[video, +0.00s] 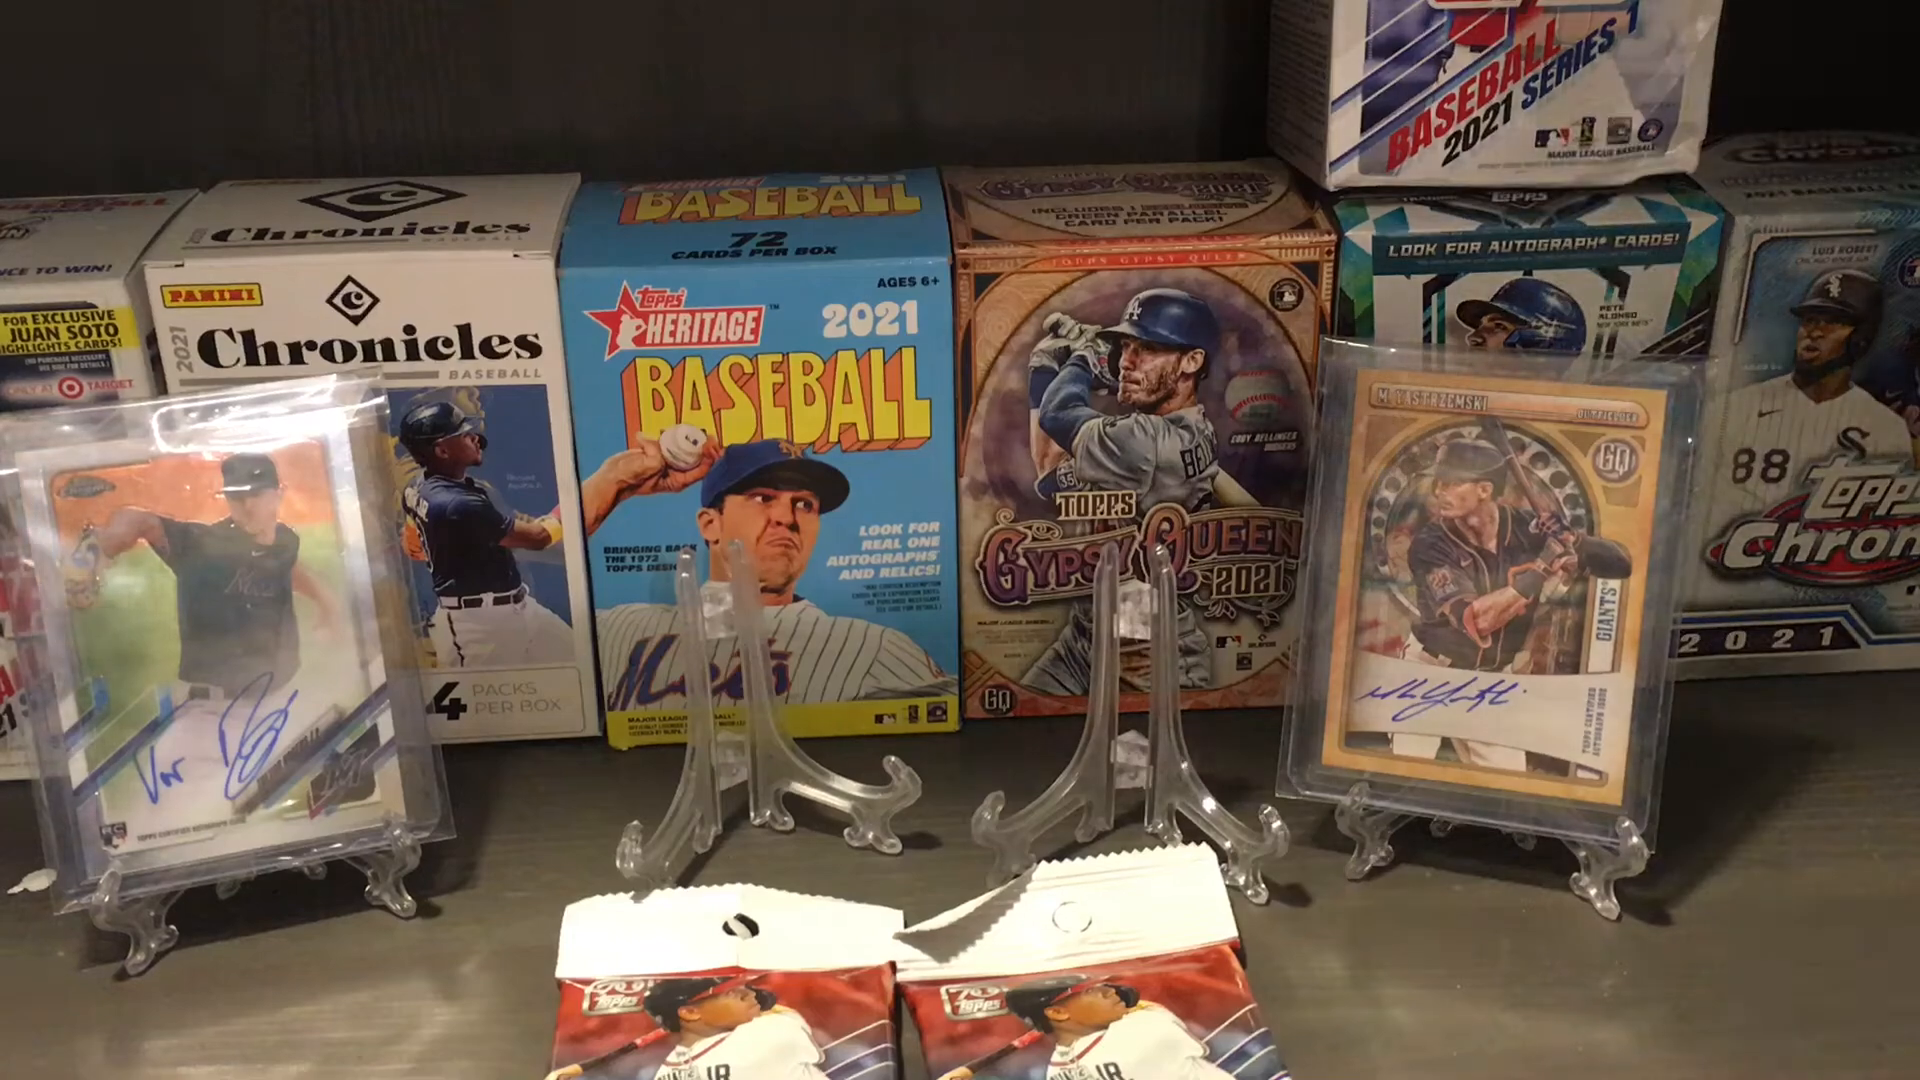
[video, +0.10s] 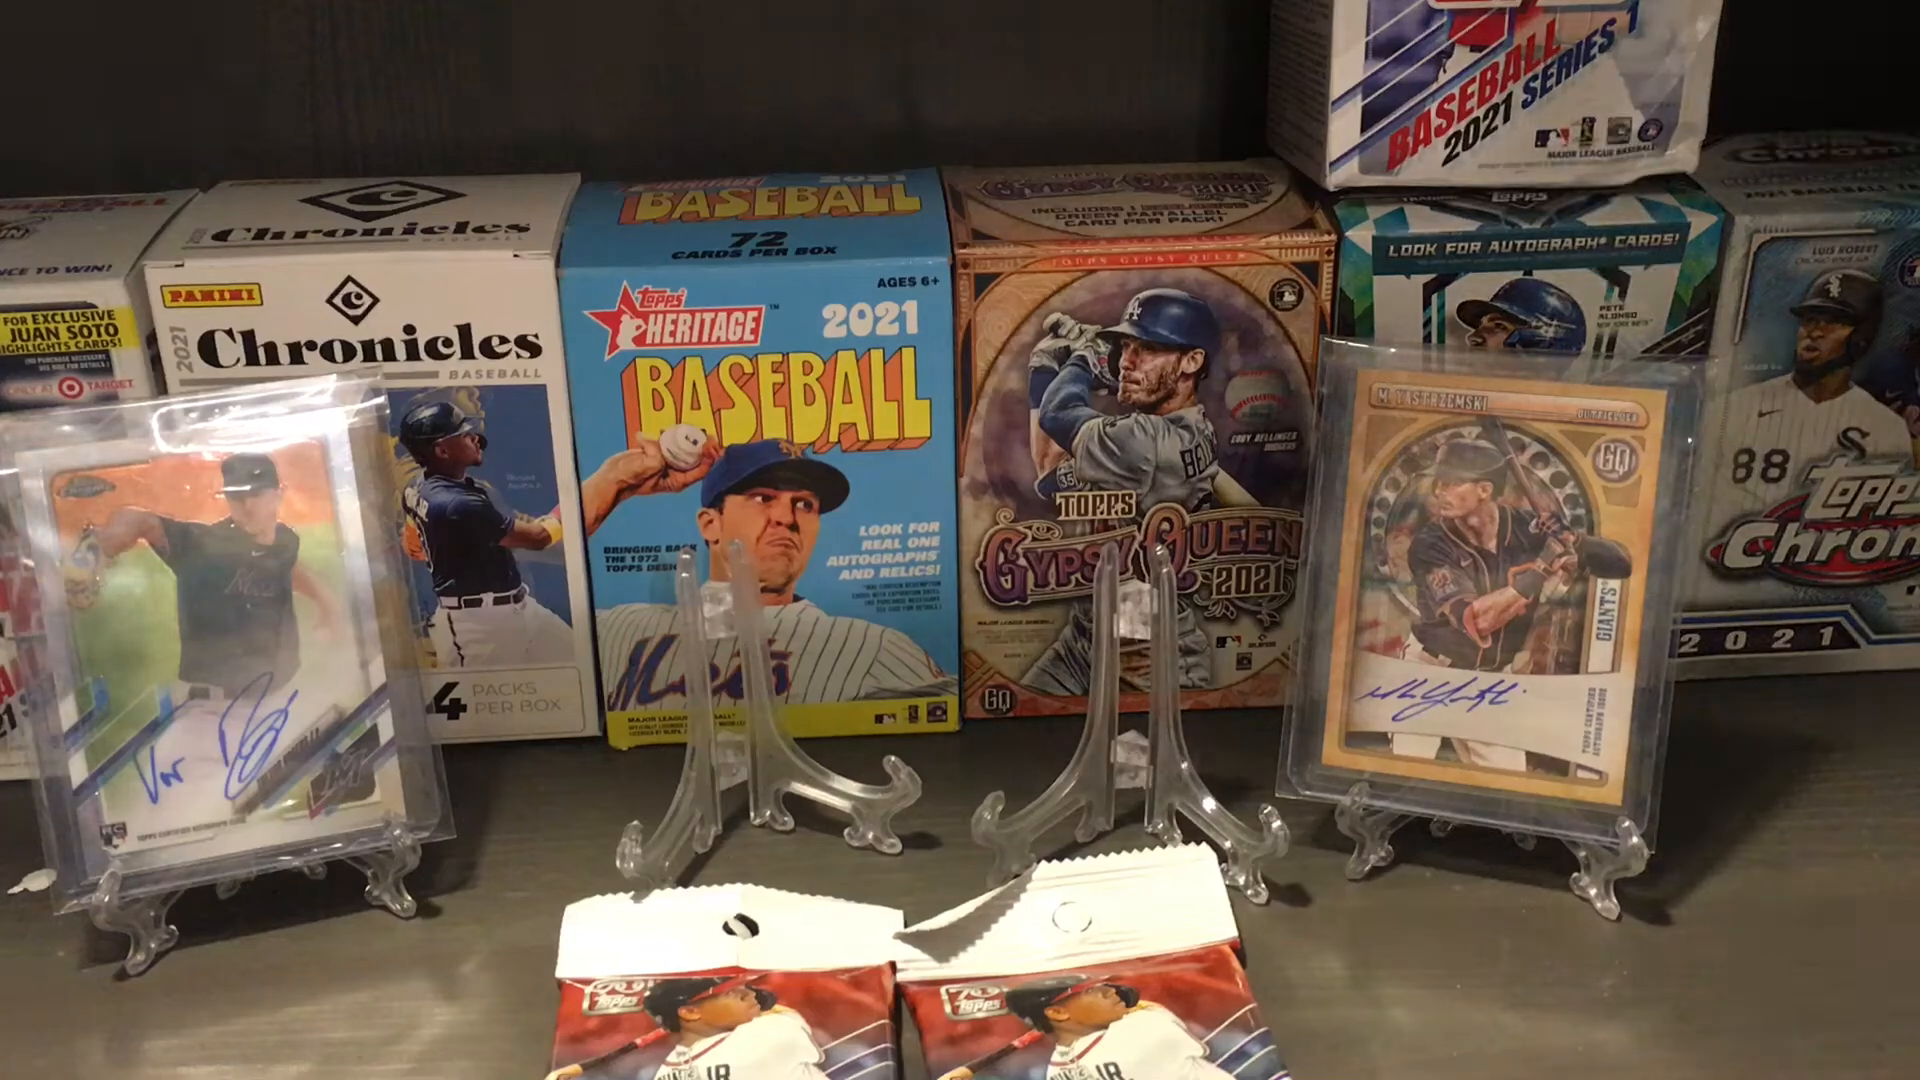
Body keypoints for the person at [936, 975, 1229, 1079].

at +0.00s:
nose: (1107, 989)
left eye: (1096, 984)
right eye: (1089, 989)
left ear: (1059, 1014)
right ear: (1059, 1013)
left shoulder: (1055, 1074)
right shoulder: (1153, 1024)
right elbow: (1144, 1004)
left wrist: (965, 1074)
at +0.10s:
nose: (1108, 989)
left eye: (1096, 984)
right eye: (1089, 989)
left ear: (1059, 1014)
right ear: (1059, 1013)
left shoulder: (1055, 1074)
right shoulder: (1153, 1024)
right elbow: (1144, 1004)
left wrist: (965, 1074)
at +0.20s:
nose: (1108, 989)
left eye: (1096, 984)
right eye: (1089, 989)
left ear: (1059, 1014)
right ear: (1059, 1013)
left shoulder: (1055, 1074)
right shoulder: (1153, 1024)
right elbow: (1144, 1004)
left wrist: (966, 1074)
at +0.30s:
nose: (1107, 989)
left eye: (1096, 984)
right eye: (1089, 989)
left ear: (1059, 1014)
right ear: (1059, 1013)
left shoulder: (1055, 1074)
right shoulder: (1153, 1024)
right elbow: (1144, 1004)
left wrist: (967, 1074)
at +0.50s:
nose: (1108, 989)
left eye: (1096, 984)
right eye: (1089, 990)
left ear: (1059, 1014)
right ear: (1059, 1014)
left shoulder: (1055, 1074)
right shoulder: (1153, 1025)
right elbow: (1143, 1004)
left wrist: (964, 1075)